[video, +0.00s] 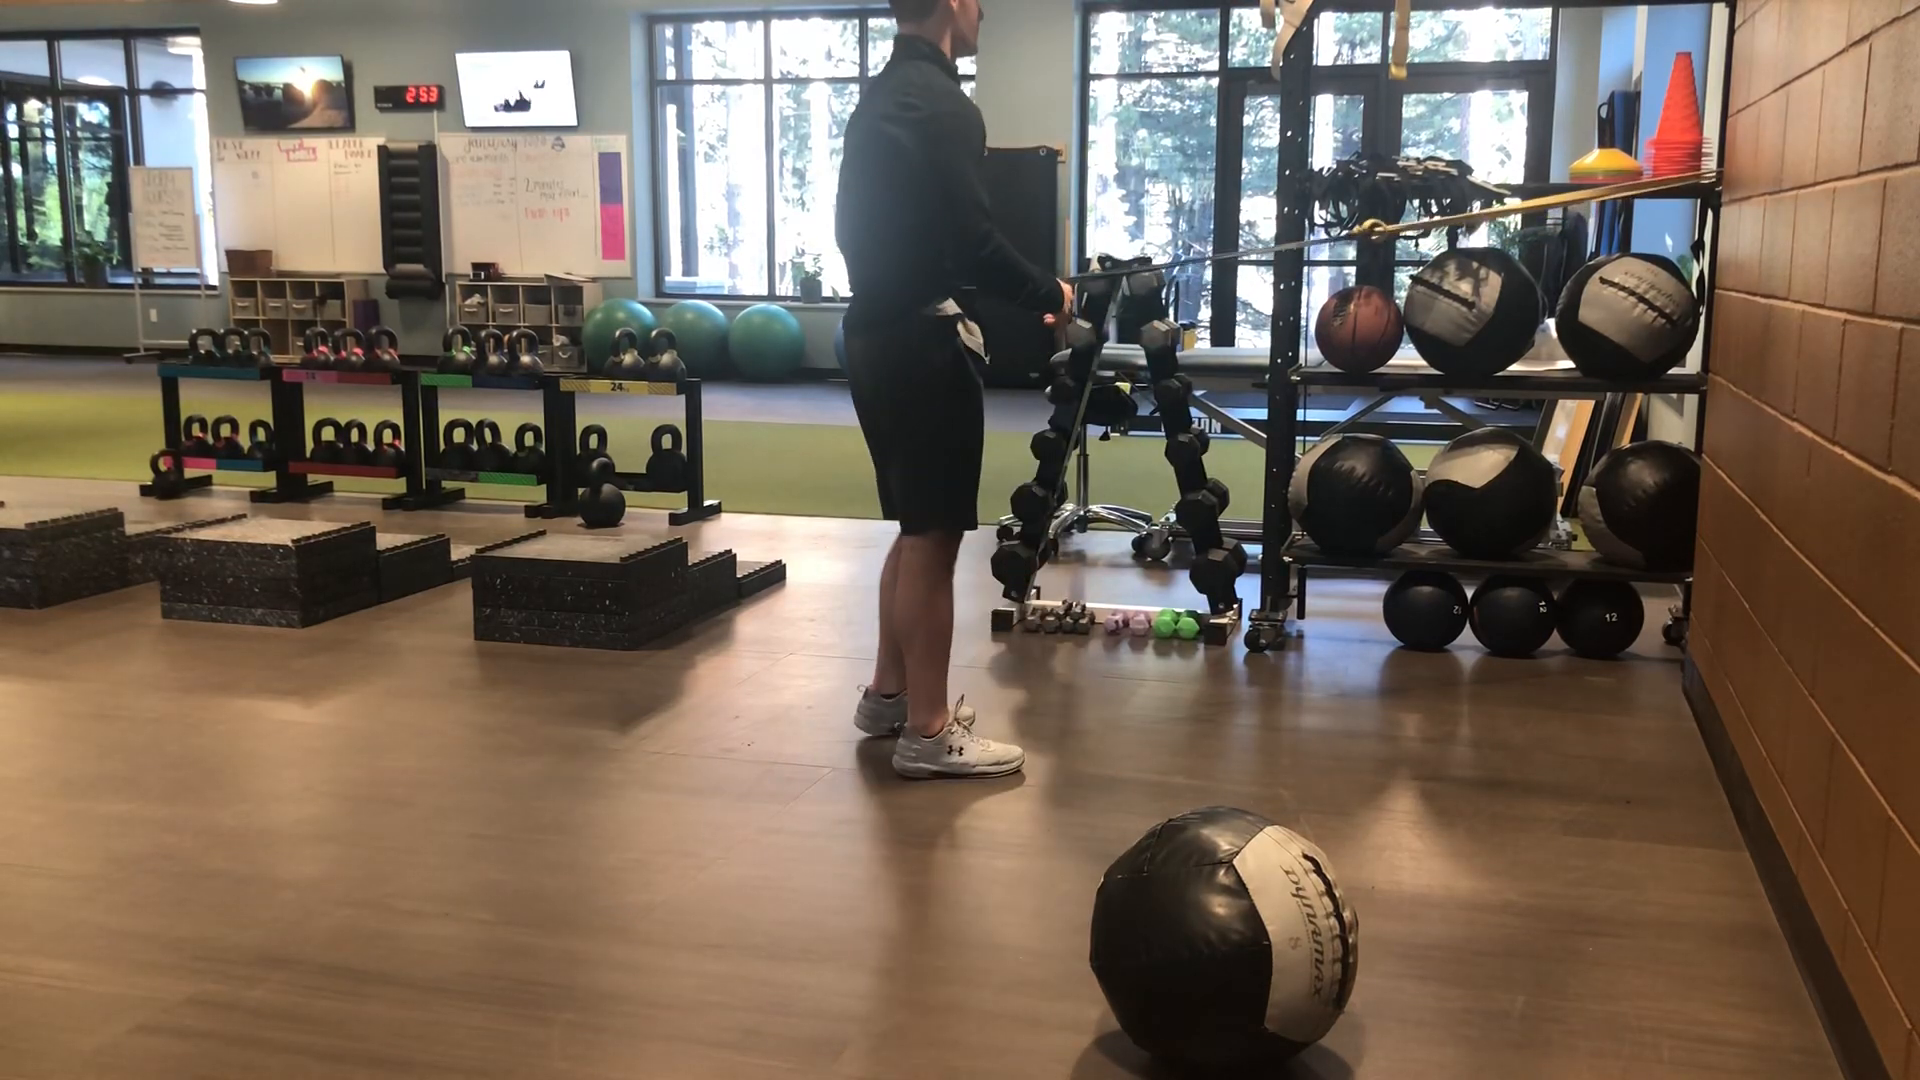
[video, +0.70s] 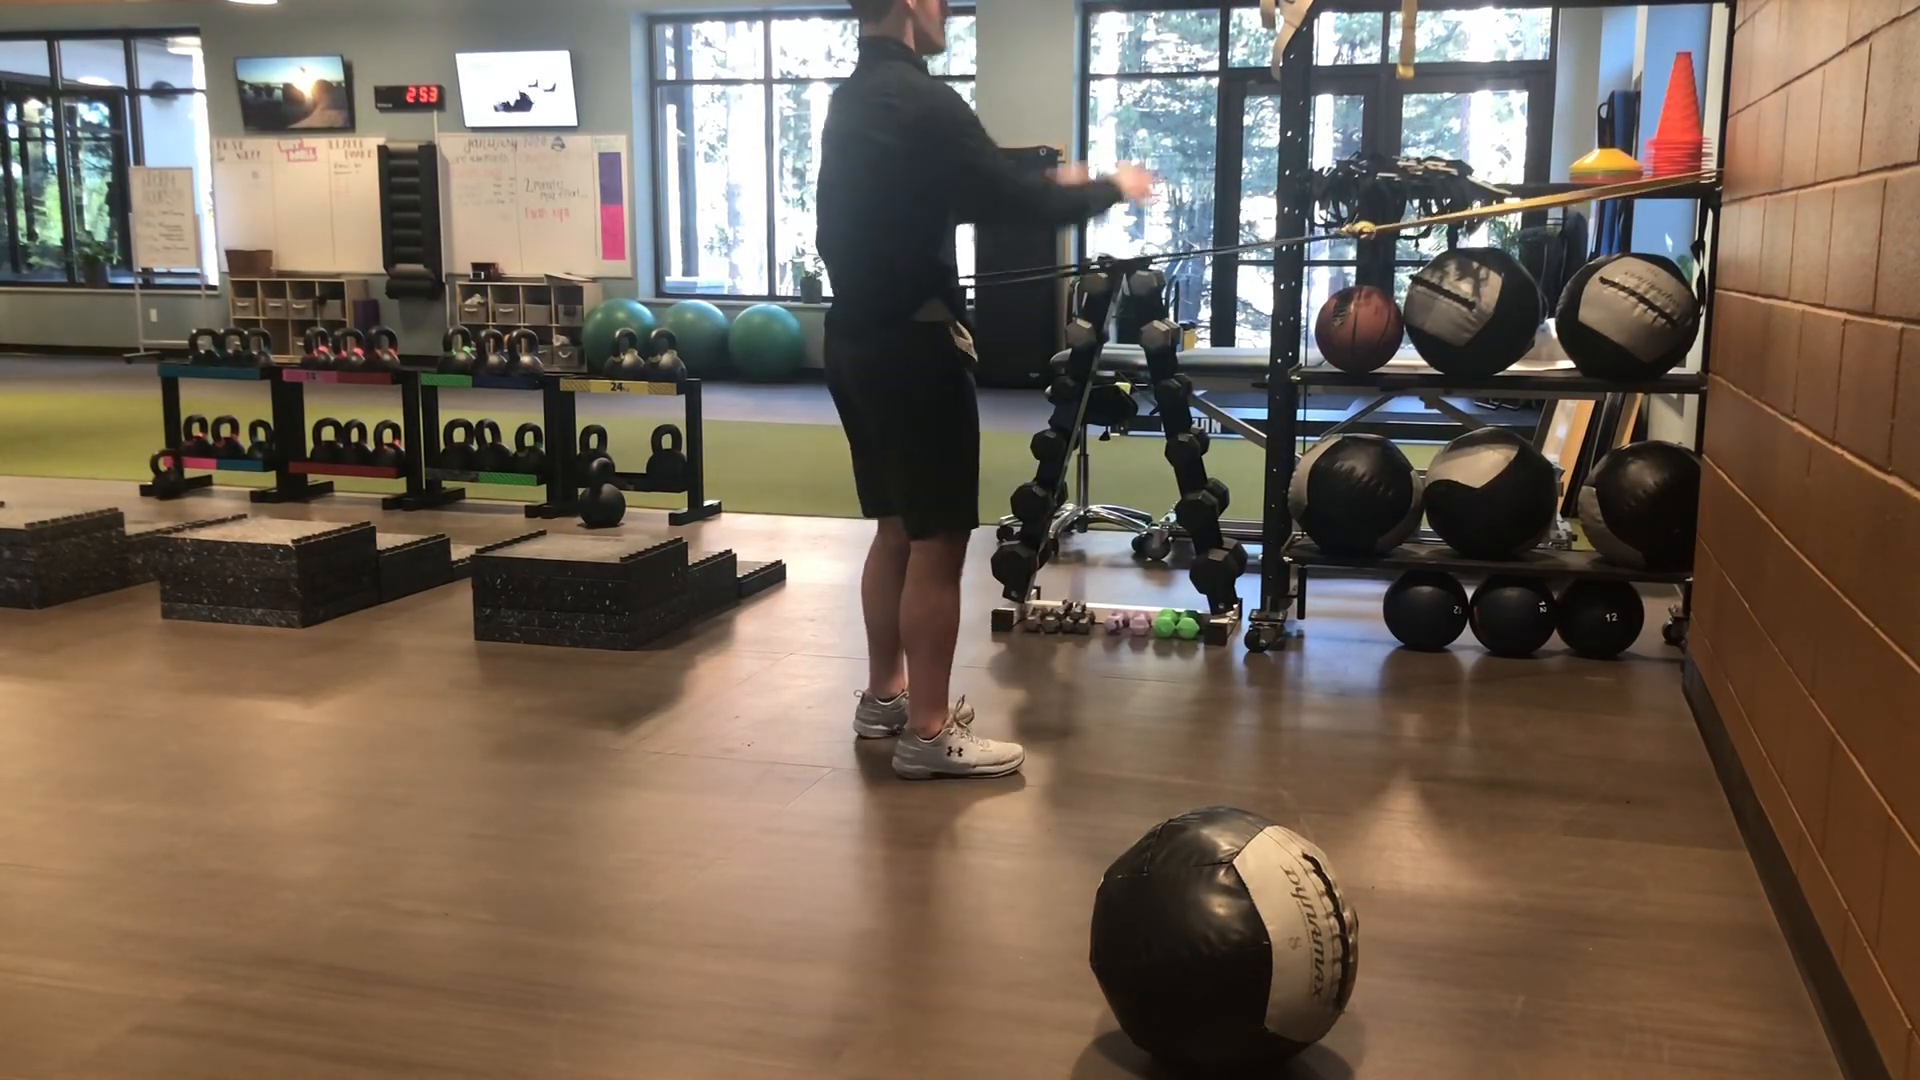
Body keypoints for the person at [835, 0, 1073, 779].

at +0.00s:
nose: (981, 21)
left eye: (978, 9)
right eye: (977, 9)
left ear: (913, 16)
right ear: (954, 11)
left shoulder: (878, 101)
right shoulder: (945, 106)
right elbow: (967, 236)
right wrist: (1051, 293)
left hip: (874, 335)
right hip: (925, 338)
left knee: (918, 526)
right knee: (937, 532)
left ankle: (889, 695)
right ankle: (929, 730)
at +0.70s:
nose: (948, 12)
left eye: (944, 2)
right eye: (941, 2)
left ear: (882, 15)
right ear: (912, 9)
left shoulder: (855, 97)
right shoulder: (926, 104)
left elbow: (951, 174)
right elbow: (1010, 198)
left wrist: (1044, 172)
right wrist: (1106, 189)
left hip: (859, 341)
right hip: (916, 345)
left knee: (898, 525)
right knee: (939, 539)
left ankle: (884, 699)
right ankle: (929, 733)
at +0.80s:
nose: (953, 13)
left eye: (950, 3)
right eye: (946, 2)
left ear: (884, 14)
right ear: (914, 7)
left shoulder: (861, 92)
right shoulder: (929, 91)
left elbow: (988, 114)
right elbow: (1050, 119)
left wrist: (1054, 61)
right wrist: (1114, 63)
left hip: (871, 336)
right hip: (929, 340)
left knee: (902, 524)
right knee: (946, 538)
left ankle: (885, 699)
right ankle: (931, 732)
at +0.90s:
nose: (955, 12)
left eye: (951, 2)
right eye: (948, 1)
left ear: (882, 10)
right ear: (916, 4)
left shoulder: (866, 81)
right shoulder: (932, 82)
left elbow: (990, 64)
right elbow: (1072, 62)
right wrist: (1094, 1)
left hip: (874, 333)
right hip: (933, 336)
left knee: (907, 520)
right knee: (951, 536)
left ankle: (889, 693)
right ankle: (934, 725)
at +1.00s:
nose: (965, 19)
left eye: (965, 10)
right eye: (960, 8)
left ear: (887, 11)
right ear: (931, 4)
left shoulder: (861, 75)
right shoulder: (931, 57)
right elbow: (1043, 15)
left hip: (878, 314)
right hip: (939, 313)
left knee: (915, 506)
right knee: (961, 515)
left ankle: (902, 669)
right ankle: (950, 706)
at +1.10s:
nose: (966, 12)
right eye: (960, 6)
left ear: (887, 5)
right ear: (935, 1)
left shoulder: (867, 55)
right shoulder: (942, 39)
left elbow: (870, 195)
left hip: (884, 297)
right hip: (946, 297)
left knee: (919, 490)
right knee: (968, 510)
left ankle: (916, 657)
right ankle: (968, 695)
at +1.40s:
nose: (1002, 30)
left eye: (1000, 16)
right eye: (994, 14)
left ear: (940, 19)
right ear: (963, 13)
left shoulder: (901, 103)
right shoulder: (956, 103)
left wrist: (984, 296)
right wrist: (1015, 292)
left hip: (864, 337)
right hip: (911, 340)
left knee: (933, 521)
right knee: (991, 531)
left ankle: (891, 690)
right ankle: (952, 719)